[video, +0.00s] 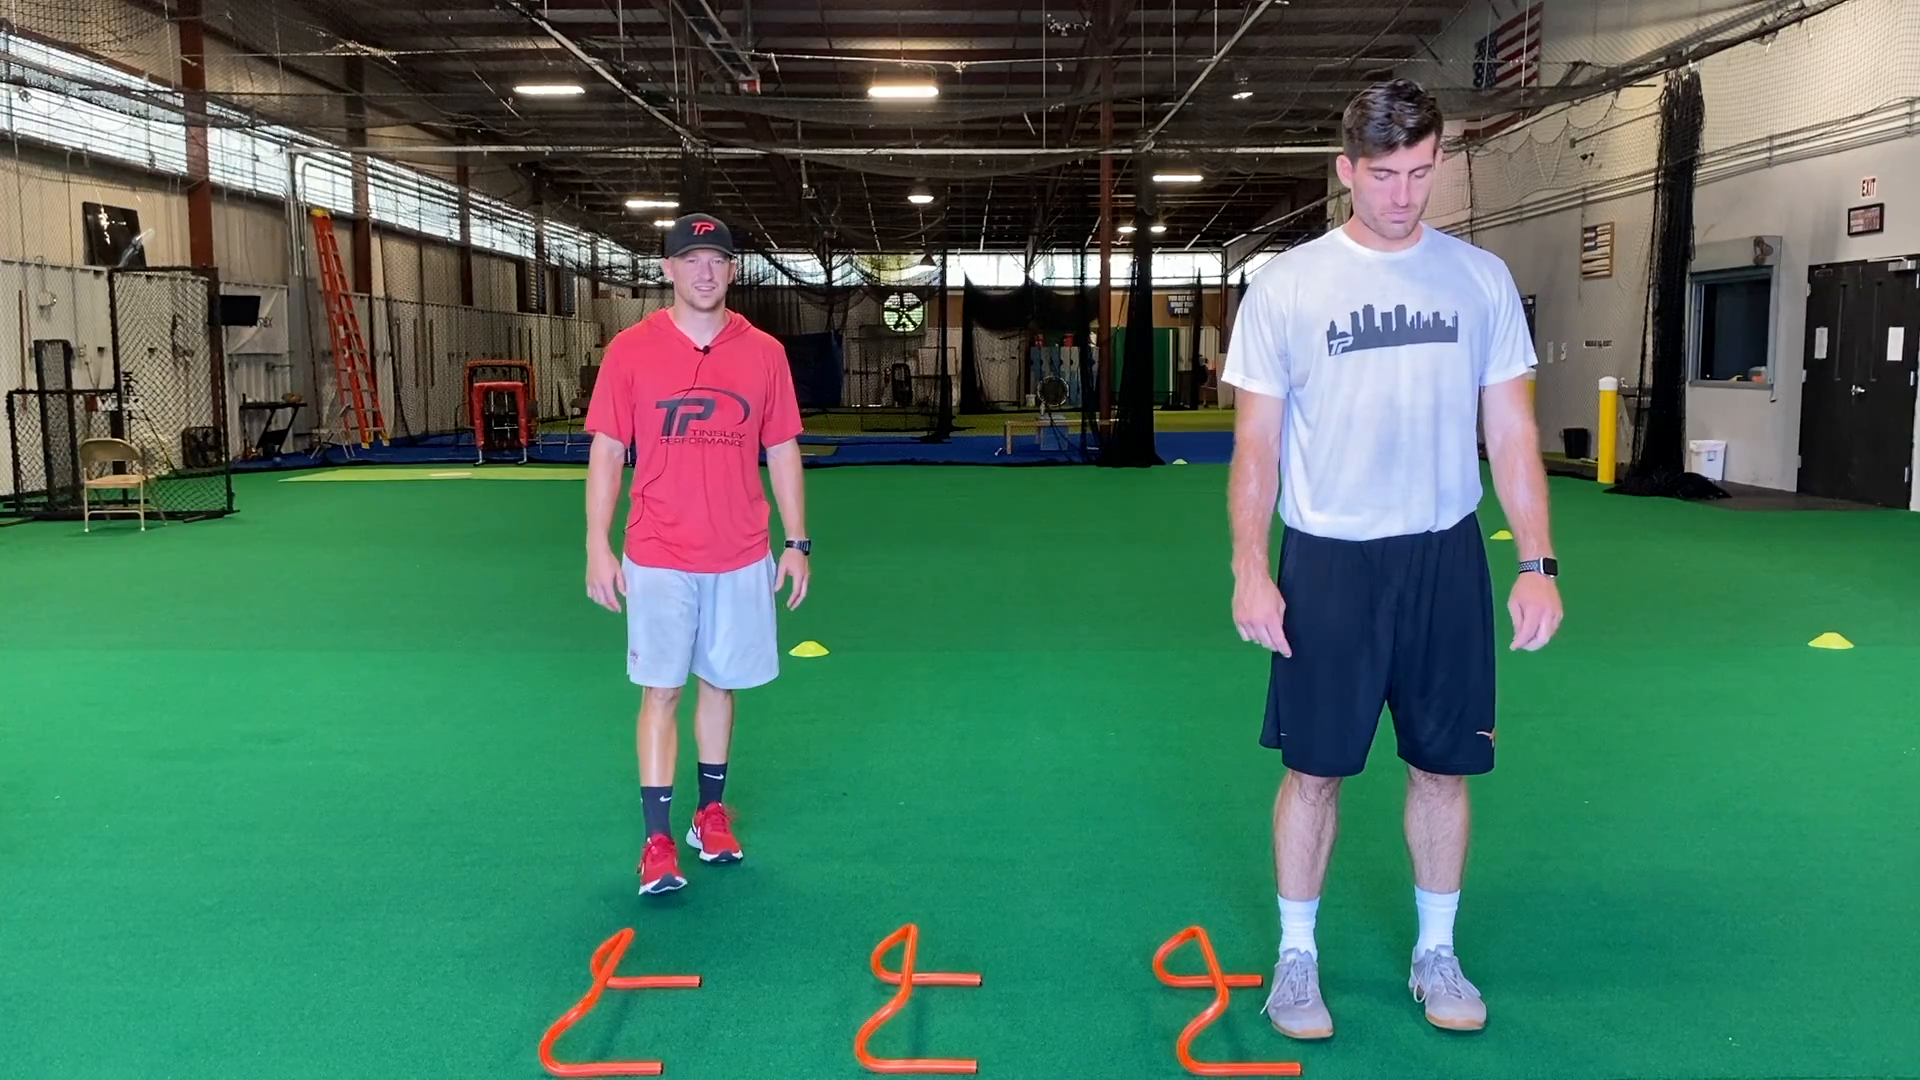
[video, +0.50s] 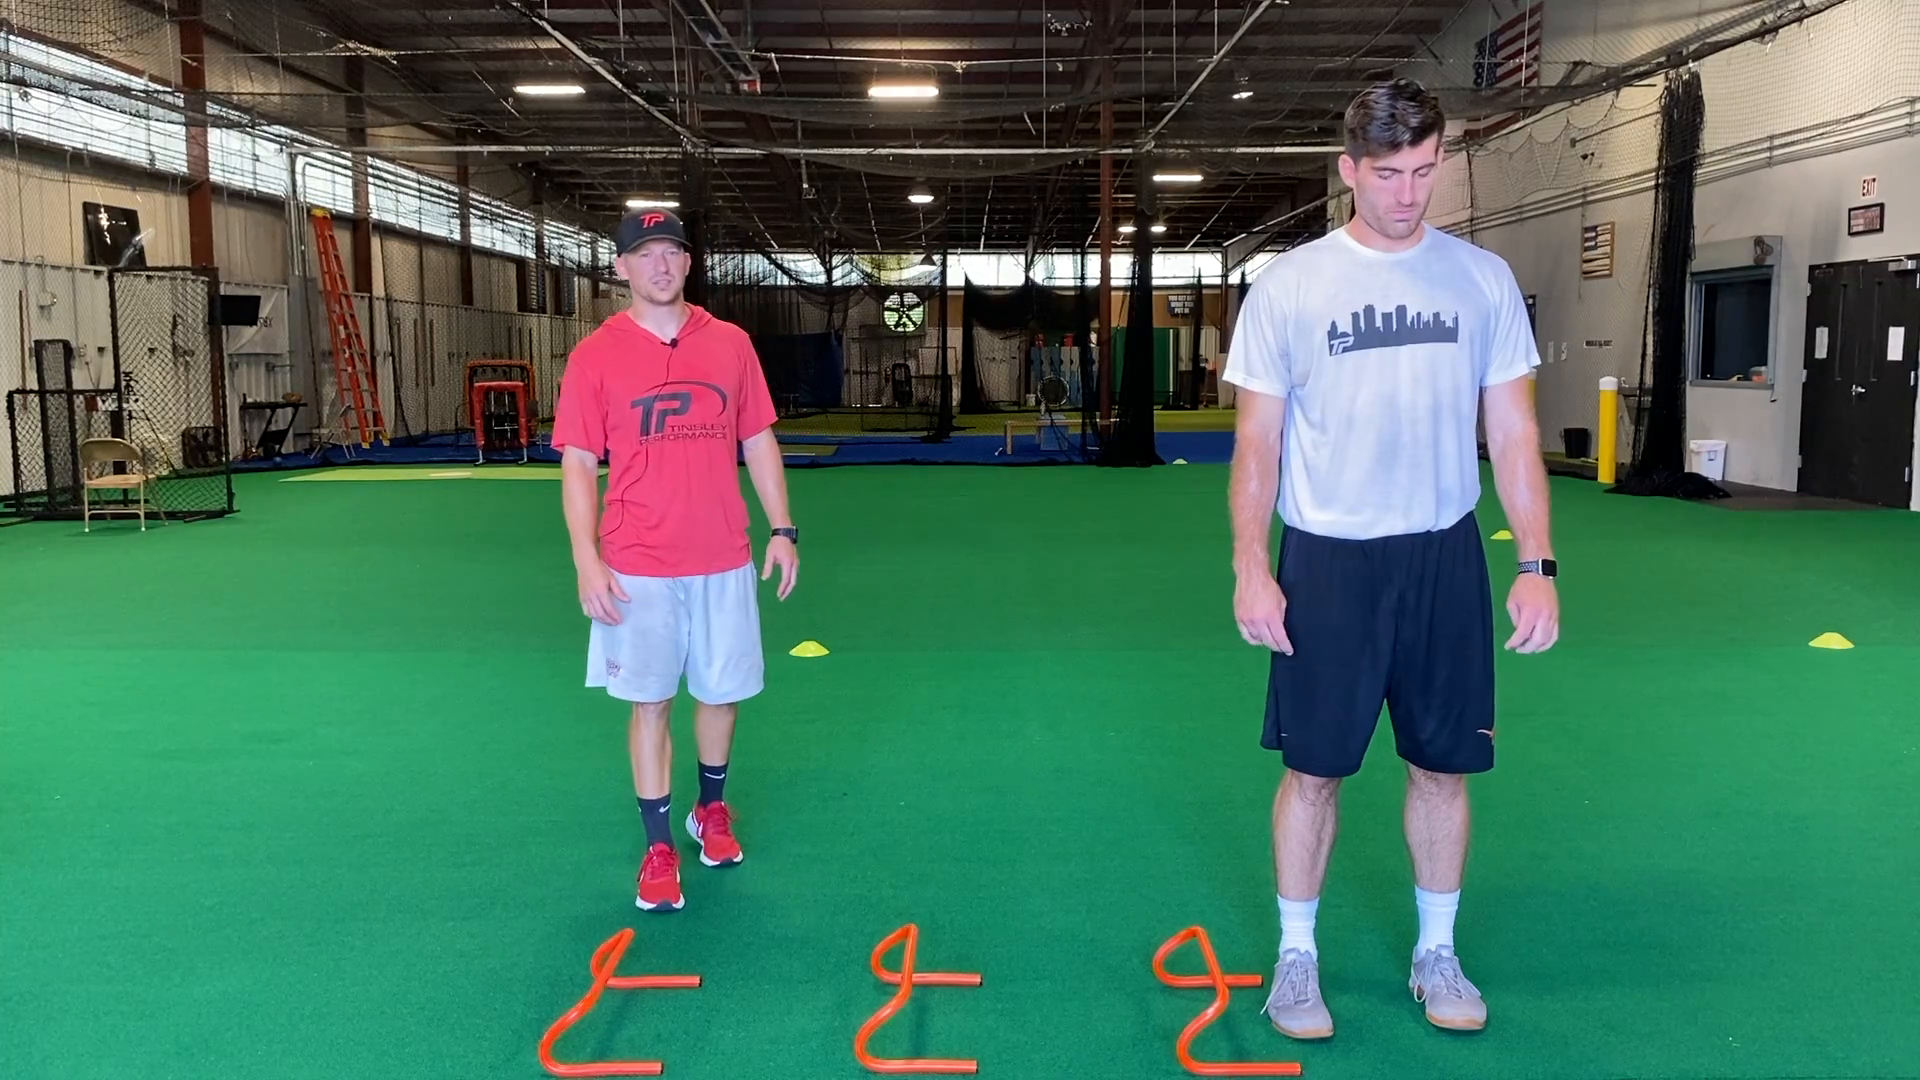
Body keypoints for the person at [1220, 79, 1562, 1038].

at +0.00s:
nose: (1405, 192)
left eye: (1421, 170)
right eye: (1387, 174)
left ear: (1440, 164)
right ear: (1347, 169)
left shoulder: (1481, 278)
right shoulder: (1283, 286)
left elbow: (1513, 435)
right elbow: (1255, 446)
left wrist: (1536, 561)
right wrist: (1251, 571)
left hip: (1445, 559)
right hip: (1328, 562)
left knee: (1444, 762)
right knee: (1315, 769)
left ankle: (1437, 956)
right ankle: (1296, 960)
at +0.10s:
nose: (1407, 193)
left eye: (1422, 171)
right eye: (1388, 174)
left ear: (1439, 163)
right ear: (1347, 169)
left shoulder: (1482, 279)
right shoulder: (1283, 285)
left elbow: (1512, 439)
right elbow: (1256, 448)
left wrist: (1534, 563)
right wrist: (1256, 571)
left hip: (1444, 560)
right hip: (1327, 562)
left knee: (1444, 762)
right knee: (1316, 768)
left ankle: (1437, 956)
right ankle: (1296, 959)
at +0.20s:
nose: (1408, 191)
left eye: (1423, 170)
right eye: (1390, 173)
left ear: (1442, 165)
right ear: (1350, 169)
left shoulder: (1482, 280)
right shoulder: (1284, 285)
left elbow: (1512, 439)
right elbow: (1256, 447)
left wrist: (1534, 563)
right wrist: (1257, 573)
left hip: (1444, 561)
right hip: (1326, 563)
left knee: (1444, 763)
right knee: (1315, 769)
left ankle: (1437, 956)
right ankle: (1296, 959)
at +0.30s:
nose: (1409, 191)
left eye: (1424, 170)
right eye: (1390, 174)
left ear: (1443, 163)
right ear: (1350, 168)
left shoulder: (1483, 281)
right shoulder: (1284, 286)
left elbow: (1512, 439)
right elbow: (1256, 448)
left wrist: (1533, 563)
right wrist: (1255, 571)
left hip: (1444, 561)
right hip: (1327, 563)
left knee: (1444, 763)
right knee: (1315, 769)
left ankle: (1437, 956)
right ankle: (1296, 959)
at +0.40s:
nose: (1409, 190)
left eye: (1425, 169)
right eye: (1391, 172)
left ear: (1443, 165)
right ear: (1351, 168)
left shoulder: (1484, 280)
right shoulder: (1285, 285)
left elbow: (1513, 437)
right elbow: (1256, 445)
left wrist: (1535, 563)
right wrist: (1252, 569)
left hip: (1444, 560)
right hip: (1327, 562)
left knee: (1443, 762)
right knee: (1315, 769)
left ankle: (1437, 956)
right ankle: (1296, 960)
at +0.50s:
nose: (1410, 191)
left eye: (1424, 169)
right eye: (1391, 173)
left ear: (1442, 163)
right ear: (1349, 169)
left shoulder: (1484, 279)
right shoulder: (1287, 285)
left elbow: (1514, 435)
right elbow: (1256, 445)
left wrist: (1537, 562)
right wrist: (1252, 570)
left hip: (1444, 559)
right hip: (1328, 562)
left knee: (1443, 761)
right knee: (1314, 768)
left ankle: (1437, 956)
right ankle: (1296, 959)